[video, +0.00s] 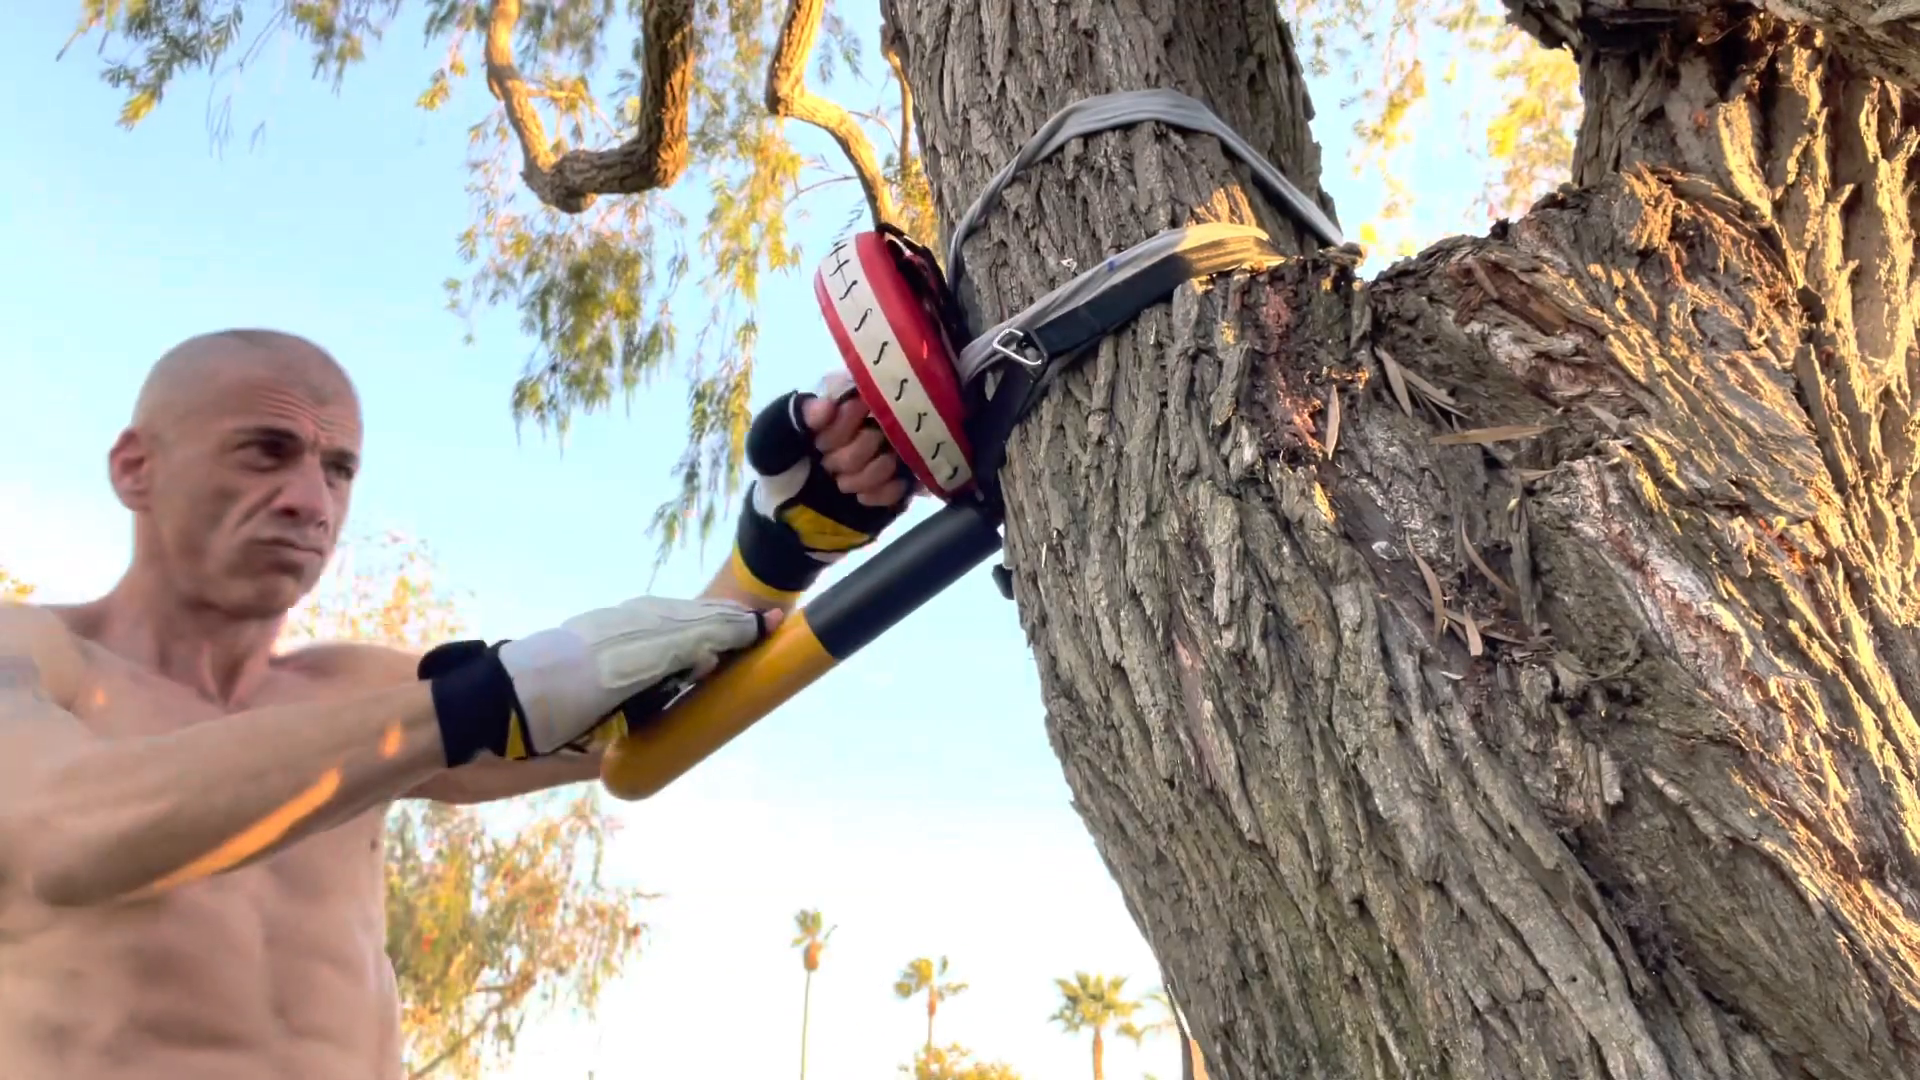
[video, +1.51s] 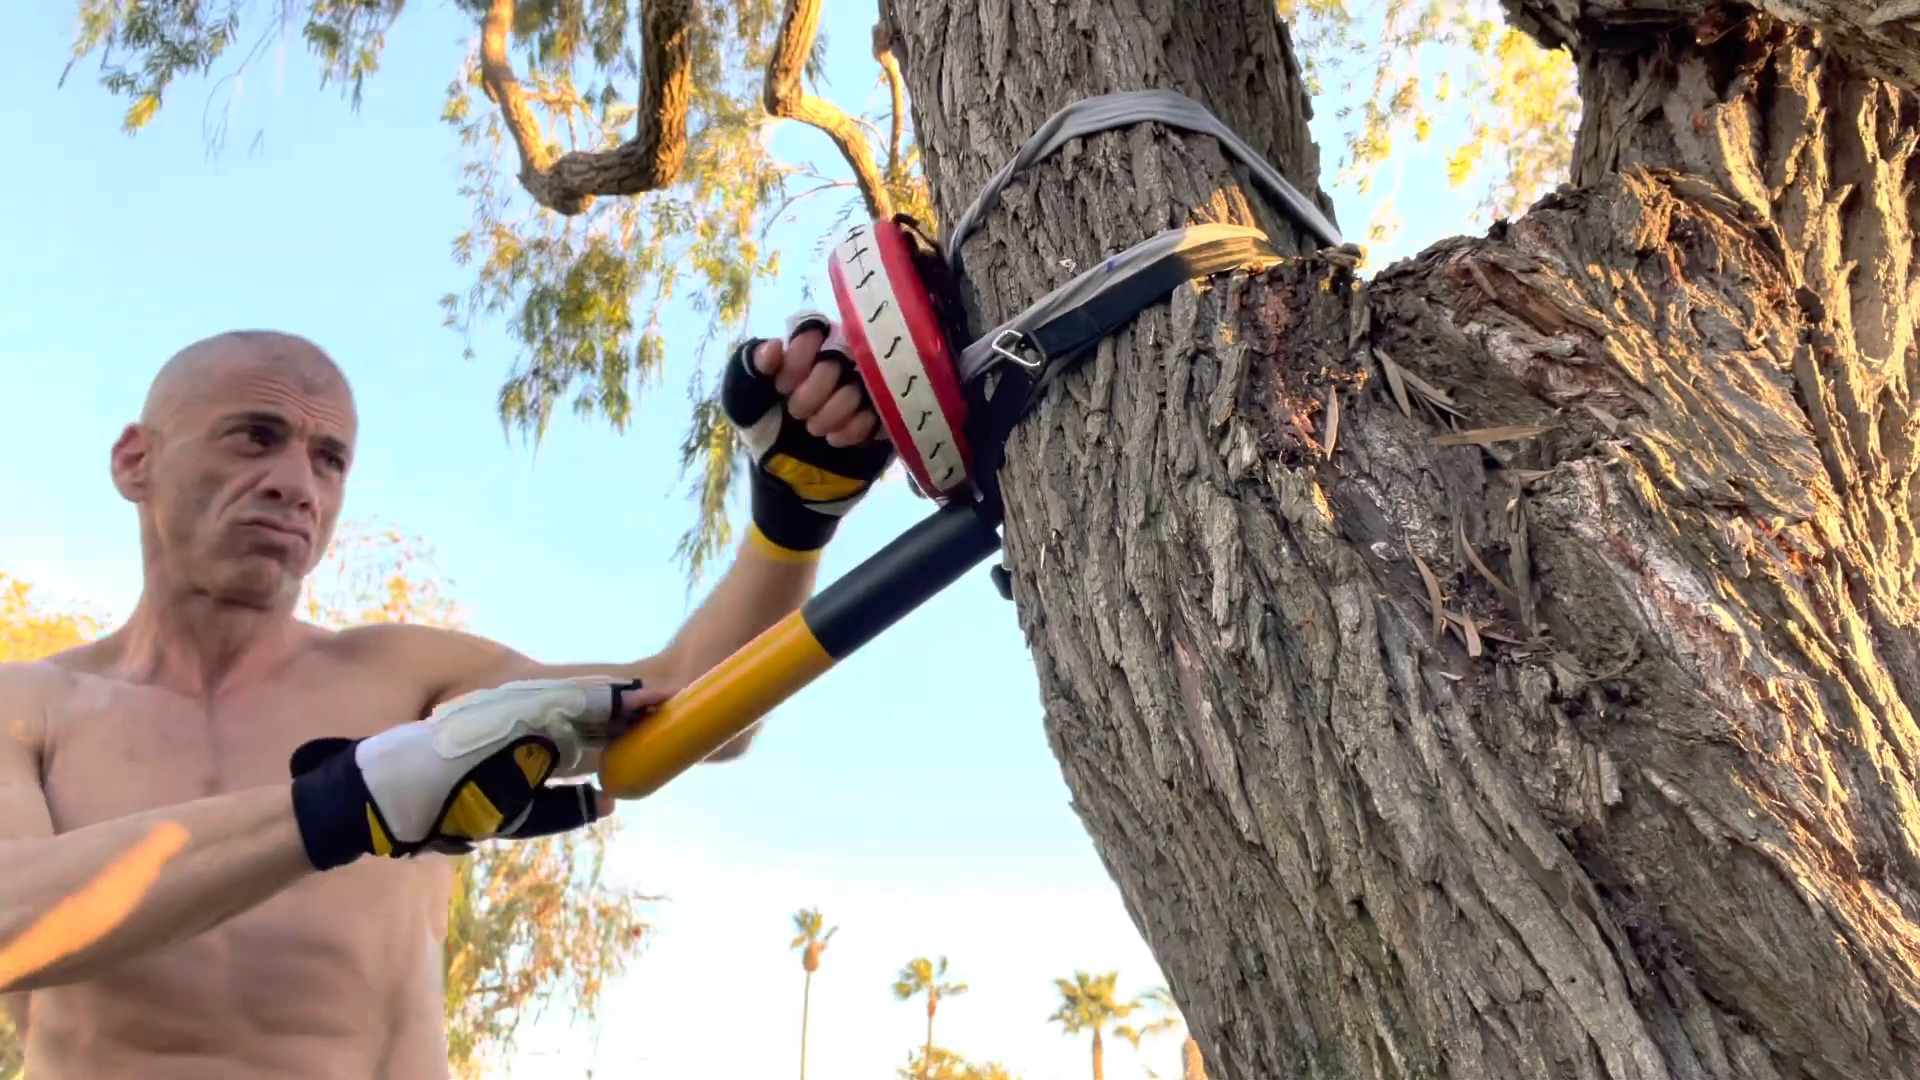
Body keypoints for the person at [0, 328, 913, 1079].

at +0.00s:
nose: (311, 498)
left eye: (336, 473)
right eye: (264, 451)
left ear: (352, 503)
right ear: (135, 468)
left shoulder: (354, 690)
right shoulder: (27, 653)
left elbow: (622, 740)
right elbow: (59, 846)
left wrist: (786, 539)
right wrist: (475, 701)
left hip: (347, 1059)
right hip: (96, 1061)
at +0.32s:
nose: (469, 460)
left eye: (497, 436)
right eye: (425, 418)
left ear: (523, 465)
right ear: (302, 444)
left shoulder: (523, 670)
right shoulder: (159, 682)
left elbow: (565, 509)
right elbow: (100, 941)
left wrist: (176, 484)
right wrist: (507, 775)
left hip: (489, 1058)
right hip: (238, 1060)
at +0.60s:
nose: (668, 452)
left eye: (693, 413)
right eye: (624, 398)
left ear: (715, 456)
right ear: (520, 414)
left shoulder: (712, 622)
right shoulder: (351, 682)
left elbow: (854, 410)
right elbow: (159, 981)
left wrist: (489, 457)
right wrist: (520, 820)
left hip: (622, 1060)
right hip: (368, 1064)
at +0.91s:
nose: (537, 496)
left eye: (565, 477)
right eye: (501, 451)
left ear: (572, 520)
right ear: (386, 472)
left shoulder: (566, 712)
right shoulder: (202, 672)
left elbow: (809, 847)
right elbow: (57, 1005)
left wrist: (784, 599)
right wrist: (350, 755)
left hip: (489, 1064)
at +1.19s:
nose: (355, 492)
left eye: (383, 472)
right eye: (315, 443)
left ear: (389, 515)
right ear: (191, 459)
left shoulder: (412, 687)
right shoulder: (42, 671)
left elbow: (680, 692)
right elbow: (50, 965)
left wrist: (858, 498)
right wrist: (435, 843)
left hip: (354, 1060)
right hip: (125, 1062)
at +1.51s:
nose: (297, 480)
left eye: (326, 461)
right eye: (254, 436)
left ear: (342, 506)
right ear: (135, 463)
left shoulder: (412, 673)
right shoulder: (30, 703)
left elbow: (683, 713)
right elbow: (23, 932)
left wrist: (794, 509)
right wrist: (361, 798)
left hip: (376, 1066)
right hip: (93, 1071)